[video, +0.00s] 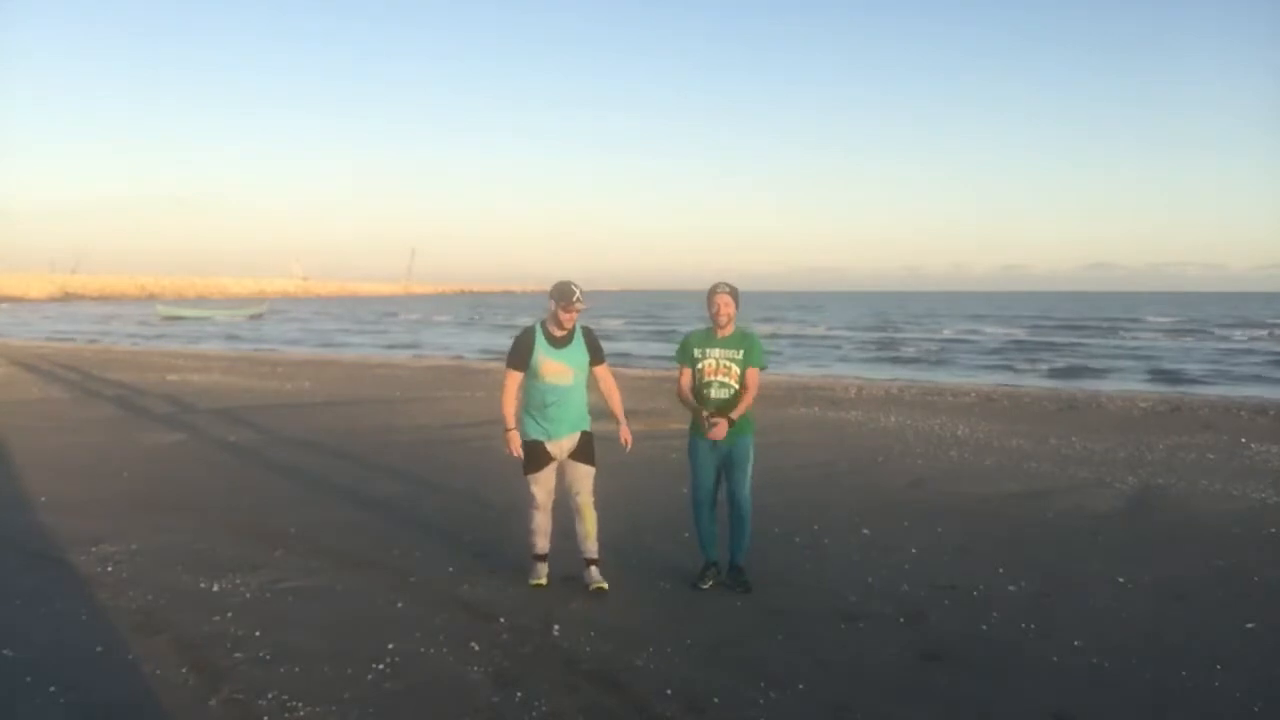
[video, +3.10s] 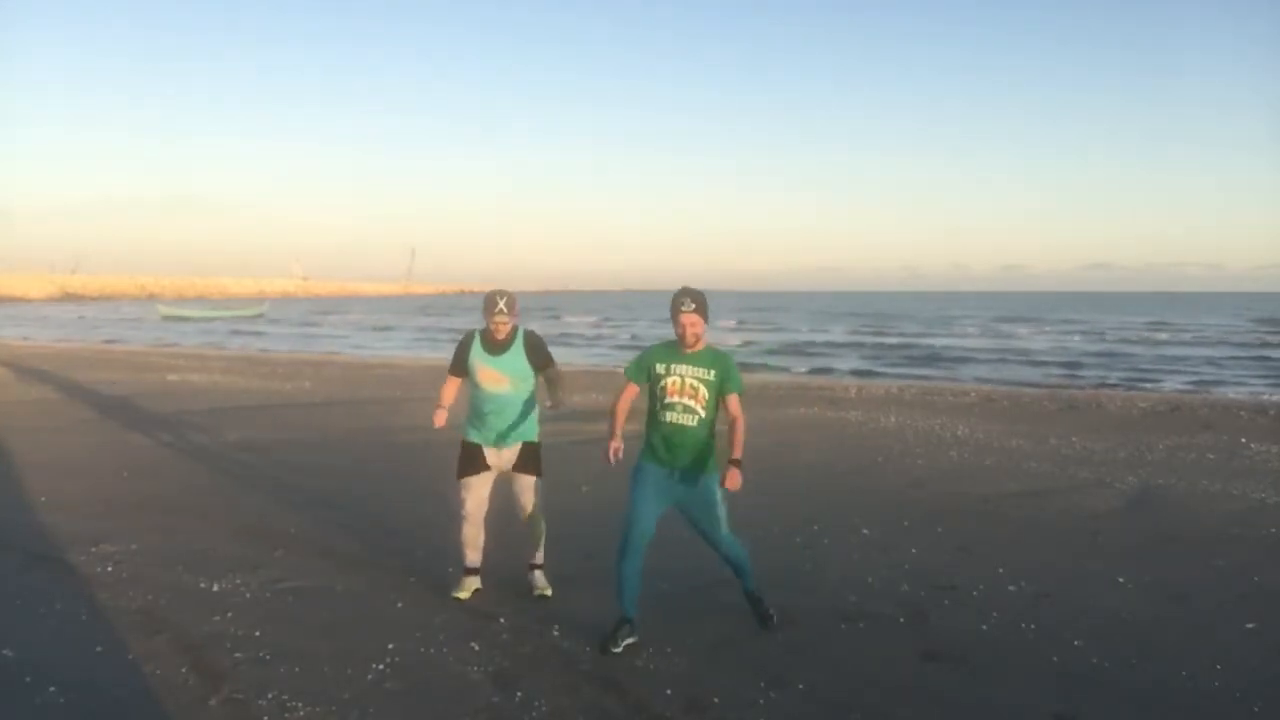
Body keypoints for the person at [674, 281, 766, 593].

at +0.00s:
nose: (720, 310)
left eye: (726, 305)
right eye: (715, 305)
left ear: (735, 308)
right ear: (709, 309)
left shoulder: (749, 343)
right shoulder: (693, 341)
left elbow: (751, 389)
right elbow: (683, 387)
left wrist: (728, 419)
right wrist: (700, 413)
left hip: (738, 430)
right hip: (702, 430)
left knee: (739, 498)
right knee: (703, 498)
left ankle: (737, 565)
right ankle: (711, 563)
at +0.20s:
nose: (723, 314)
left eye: (729, 309)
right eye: (718, 309)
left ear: (739, 313)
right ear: (711, 314)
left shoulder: (752, 350)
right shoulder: (695, 348)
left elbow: (771, 402)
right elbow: (679, 391)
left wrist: (779, 449)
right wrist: (681, 432)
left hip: (742, 441)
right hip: (703, 441)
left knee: (751, 508)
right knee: (703, 507)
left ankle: (756, 572)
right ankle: (709, 566)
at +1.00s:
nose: (758, 304)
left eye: (765, 298)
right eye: (753, 298)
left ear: (775, 305)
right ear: (745, 305)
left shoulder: (790, 343)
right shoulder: (732, 346)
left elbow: (801, 387)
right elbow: (729, 394)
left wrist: (779, 392)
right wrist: (732, 389)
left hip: (781, 443)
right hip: (743, 442)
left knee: (784, 522)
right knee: (731, 516)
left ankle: (776, 592)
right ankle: (735, 582)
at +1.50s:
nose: (727, 315)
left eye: (733, 308)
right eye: (723, 308)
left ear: (748, 309)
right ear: (719, 311)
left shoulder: (770, 345)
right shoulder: (707, 348)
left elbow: (796, 392)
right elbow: (686, 393)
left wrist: (784, 435)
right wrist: (695, 434)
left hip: (764, 449)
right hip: (722, 450)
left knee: (772, 523)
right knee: (718, 521)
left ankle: (774, 592)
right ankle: (720, 587)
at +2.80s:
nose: (736, 334)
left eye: (742, 328)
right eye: (731, 328)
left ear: (754, 329)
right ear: (724, 331)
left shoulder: (775, 369)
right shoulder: (709, 369)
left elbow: (797, 423)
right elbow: (684, 409)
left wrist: (783, 415)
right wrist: (672, 411)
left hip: (761, 469)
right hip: (718, 466)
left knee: (778, 540)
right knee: (685, 531)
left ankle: (781, 599)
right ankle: (658, 607)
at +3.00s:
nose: (711, 334)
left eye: (718, 326)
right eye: (705, 326)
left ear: (730, 327)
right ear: (697, 327)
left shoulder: (748, 366)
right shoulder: (679, 360)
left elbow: (766, 413)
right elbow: (650, 392)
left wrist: (760, 427)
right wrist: (639, 411)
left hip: (730, 475)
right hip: (684, 471)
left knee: (758, 540)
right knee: (652, 543)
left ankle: (780, 598)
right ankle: (629, 620)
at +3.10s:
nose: (686, 327)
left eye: (693, 320)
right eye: (680, 320)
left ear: (705, 322)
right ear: (673, 322)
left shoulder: (720, 362)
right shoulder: (655, 356)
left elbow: (736, 417)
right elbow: (626, 397)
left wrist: (735, 463)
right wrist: (616, 434)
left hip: (699, 471)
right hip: (654, 467)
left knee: (722, 540)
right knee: (634, 540)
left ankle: (753, 595)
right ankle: (627, 621)